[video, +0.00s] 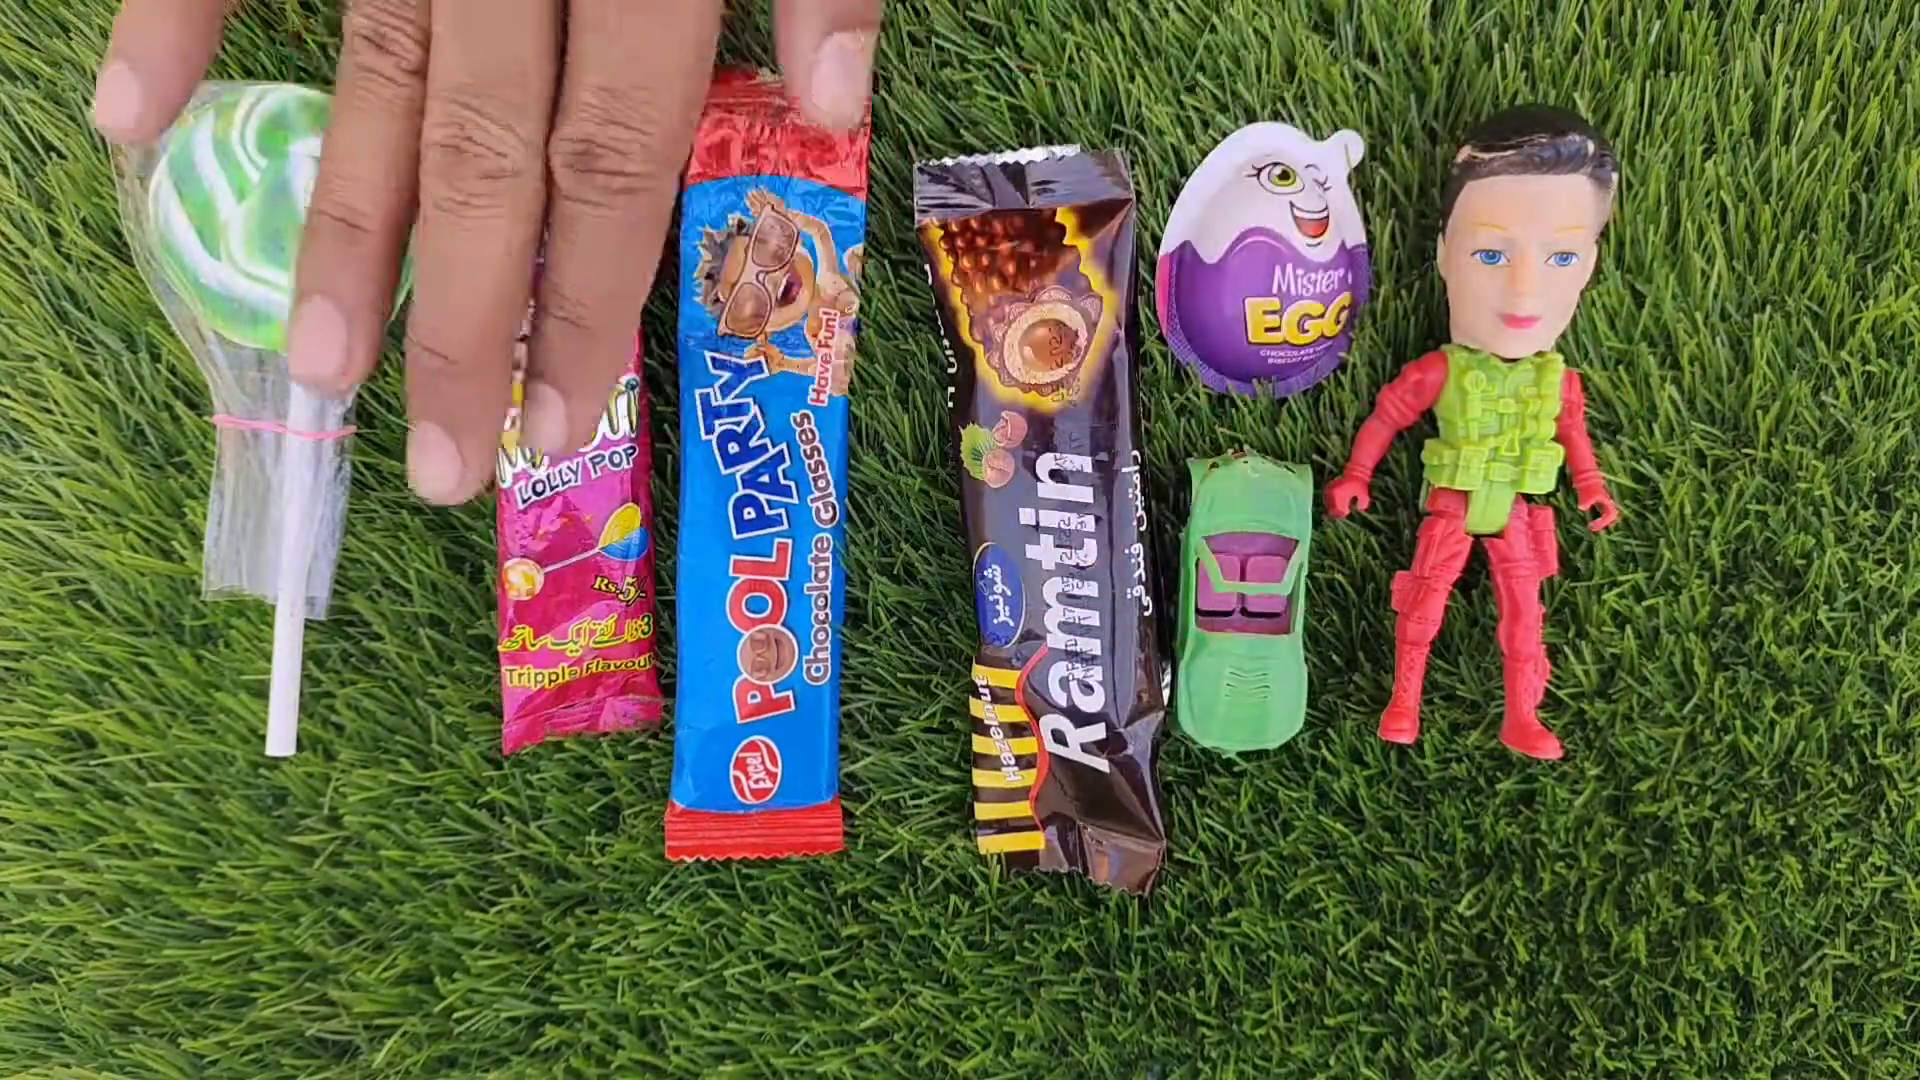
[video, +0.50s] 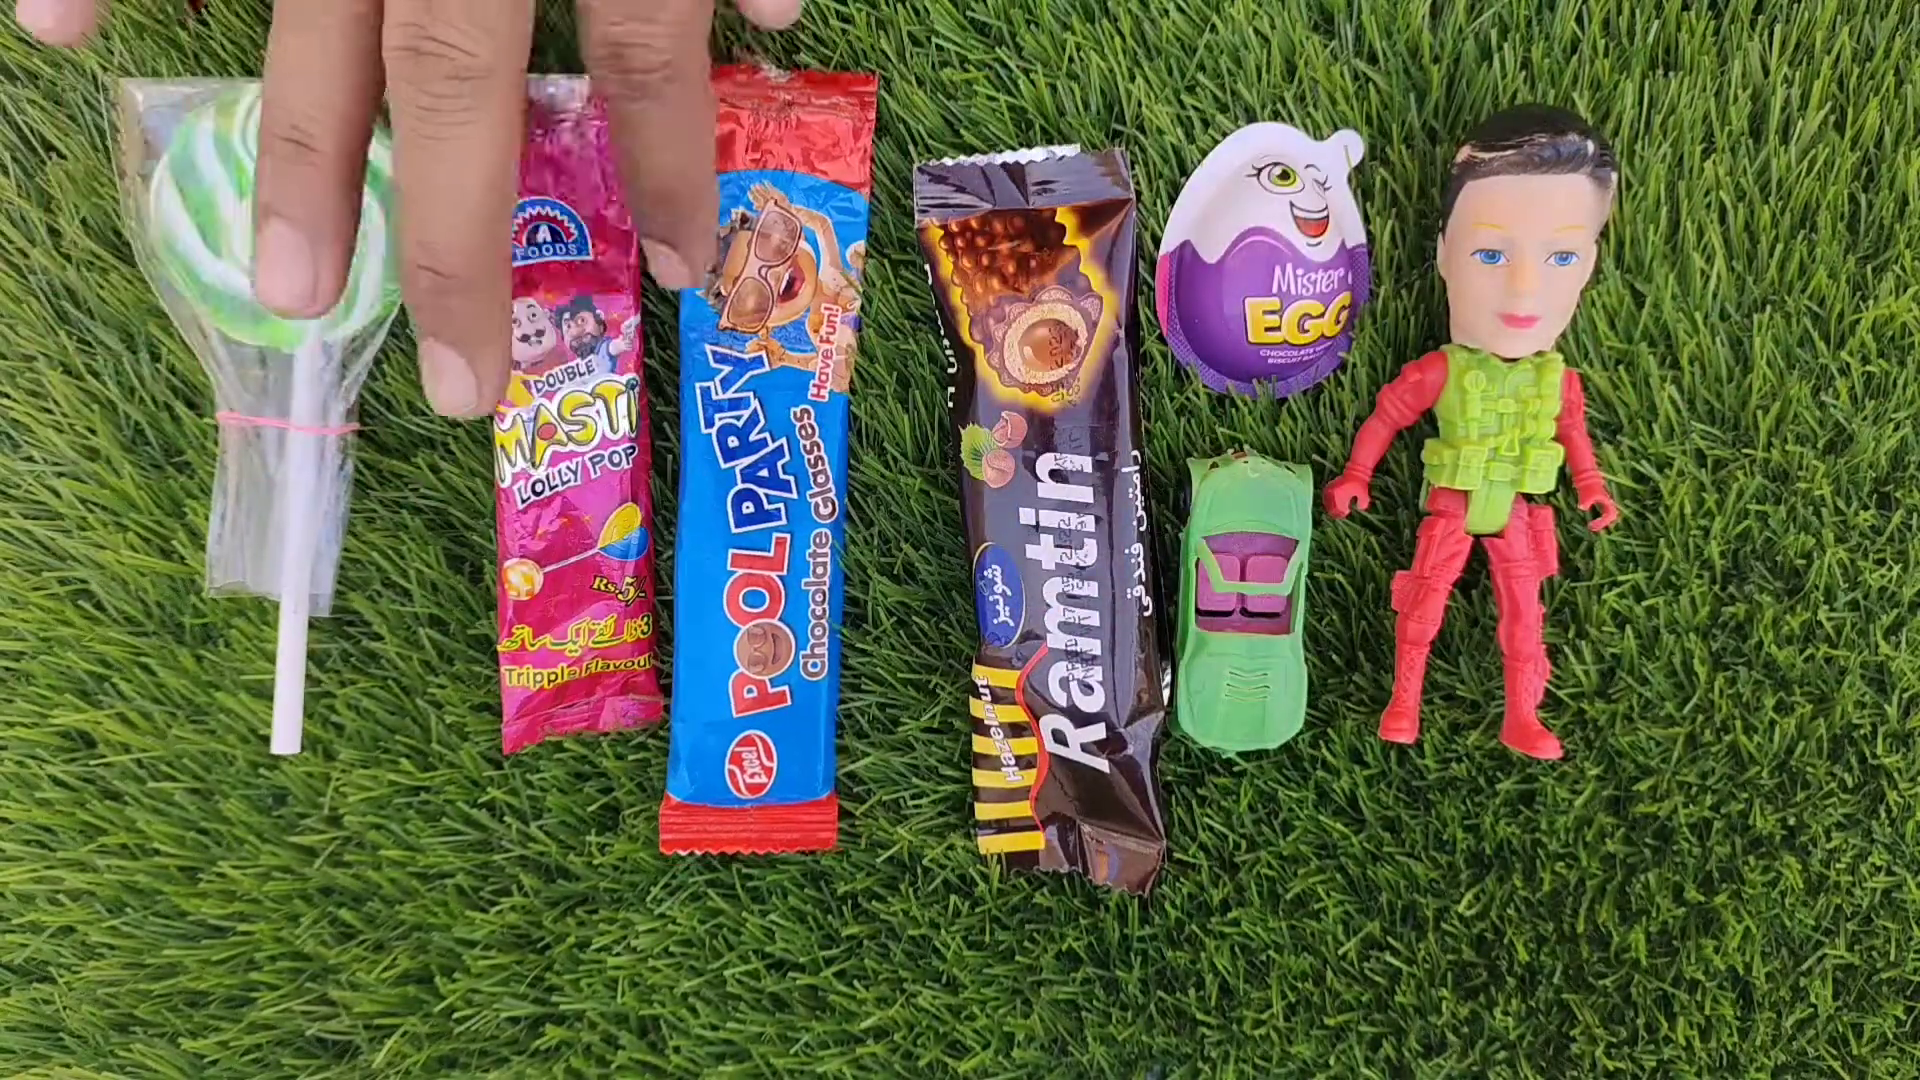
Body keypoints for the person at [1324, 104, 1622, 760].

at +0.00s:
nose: (1523, 285)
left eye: (1560, 257)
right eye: (1491, 254)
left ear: (1590, 271)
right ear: (1441, 259)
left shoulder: (1560, 382)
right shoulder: (1440, 372)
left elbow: (1576, 441)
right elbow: (1386, 419)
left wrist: (1591, 486)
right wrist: (1356, 474)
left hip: (1522, 510)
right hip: (1453, 502)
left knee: (1524, 613)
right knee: (1424, 602)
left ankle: (1521, 716)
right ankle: (1405, 698)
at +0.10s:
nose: (1523, 285)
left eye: (1560, 257)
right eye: (1491, 254)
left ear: (1590, 271)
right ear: (1441, 259)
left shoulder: (1560, 382)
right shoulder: (1440, 372)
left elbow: (1576, 441)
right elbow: (1386, 419)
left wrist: (1591, 486)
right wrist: (1356, 474)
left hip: (1522, 510)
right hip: (1453, 502)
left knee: (1524, 613)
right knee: (1424, 602)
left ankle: (1521, 716)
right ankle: (1405, 698)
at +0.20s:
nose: (1523, 284)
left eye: (1560, 257)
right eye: (1492, 254)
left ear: (1589, 272)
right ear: (1441, 260)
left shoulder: (1561, 382)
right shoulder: (1441, 371)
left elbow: (1576, 440)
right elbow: (1386, 418)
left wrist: (1590, 485)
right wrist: (1357, 473)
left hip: (1523, 509)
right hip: (1453, 501)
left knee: (1524, 612)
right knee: (1424, 601)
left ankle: (1521, 715)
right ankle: (1405, 697)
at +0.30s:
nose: (1523, 284)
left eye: (1560, 257)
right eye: (1492, 254)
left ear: (1589, 272)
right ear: (1442, 260)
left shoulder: (1561, 382)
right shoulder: (1441, 371)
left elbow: (1576, 441)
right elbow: (1386, 418)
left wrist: (1590, 485)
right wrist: (1357, 473)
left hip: (1523, 510)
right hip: (1453, 502)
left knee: (1524, 614)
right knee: (1424, 602)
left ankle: (1521, 716)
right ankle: (1406, 698)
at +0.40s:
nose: (1523, 284)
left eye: (1560, 257)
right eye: (1491, 254)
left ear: (1589, 272)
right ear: (1442, 259)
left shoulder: (1561, 382)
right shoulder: (1441, 371)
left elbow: (1576, 442)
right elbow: (1386, 418)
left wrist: (1591, 487)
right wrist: (1357, 473)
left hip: (1523, 510)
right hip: (1453, 503)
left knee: (1524, 614)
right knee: (1424, 603)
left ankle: (1521, 716)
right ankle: (1406, 698)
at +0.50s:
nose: (1523, 284)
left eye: (1560, 257)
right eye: (1492, 254)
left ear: (1589, 272)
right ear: (1442, 260)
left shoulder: (1561, 382)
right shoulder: (1441, 371)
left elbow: (1576, 441)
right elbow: (1386, 418)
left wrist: (1590, 486)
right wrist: (1357, 473)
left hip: (1523, 510)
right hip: (1453, 502)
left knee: (1524, 614)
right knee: (1424, 603)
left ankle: (1521, 716)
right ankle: (1406, 698)